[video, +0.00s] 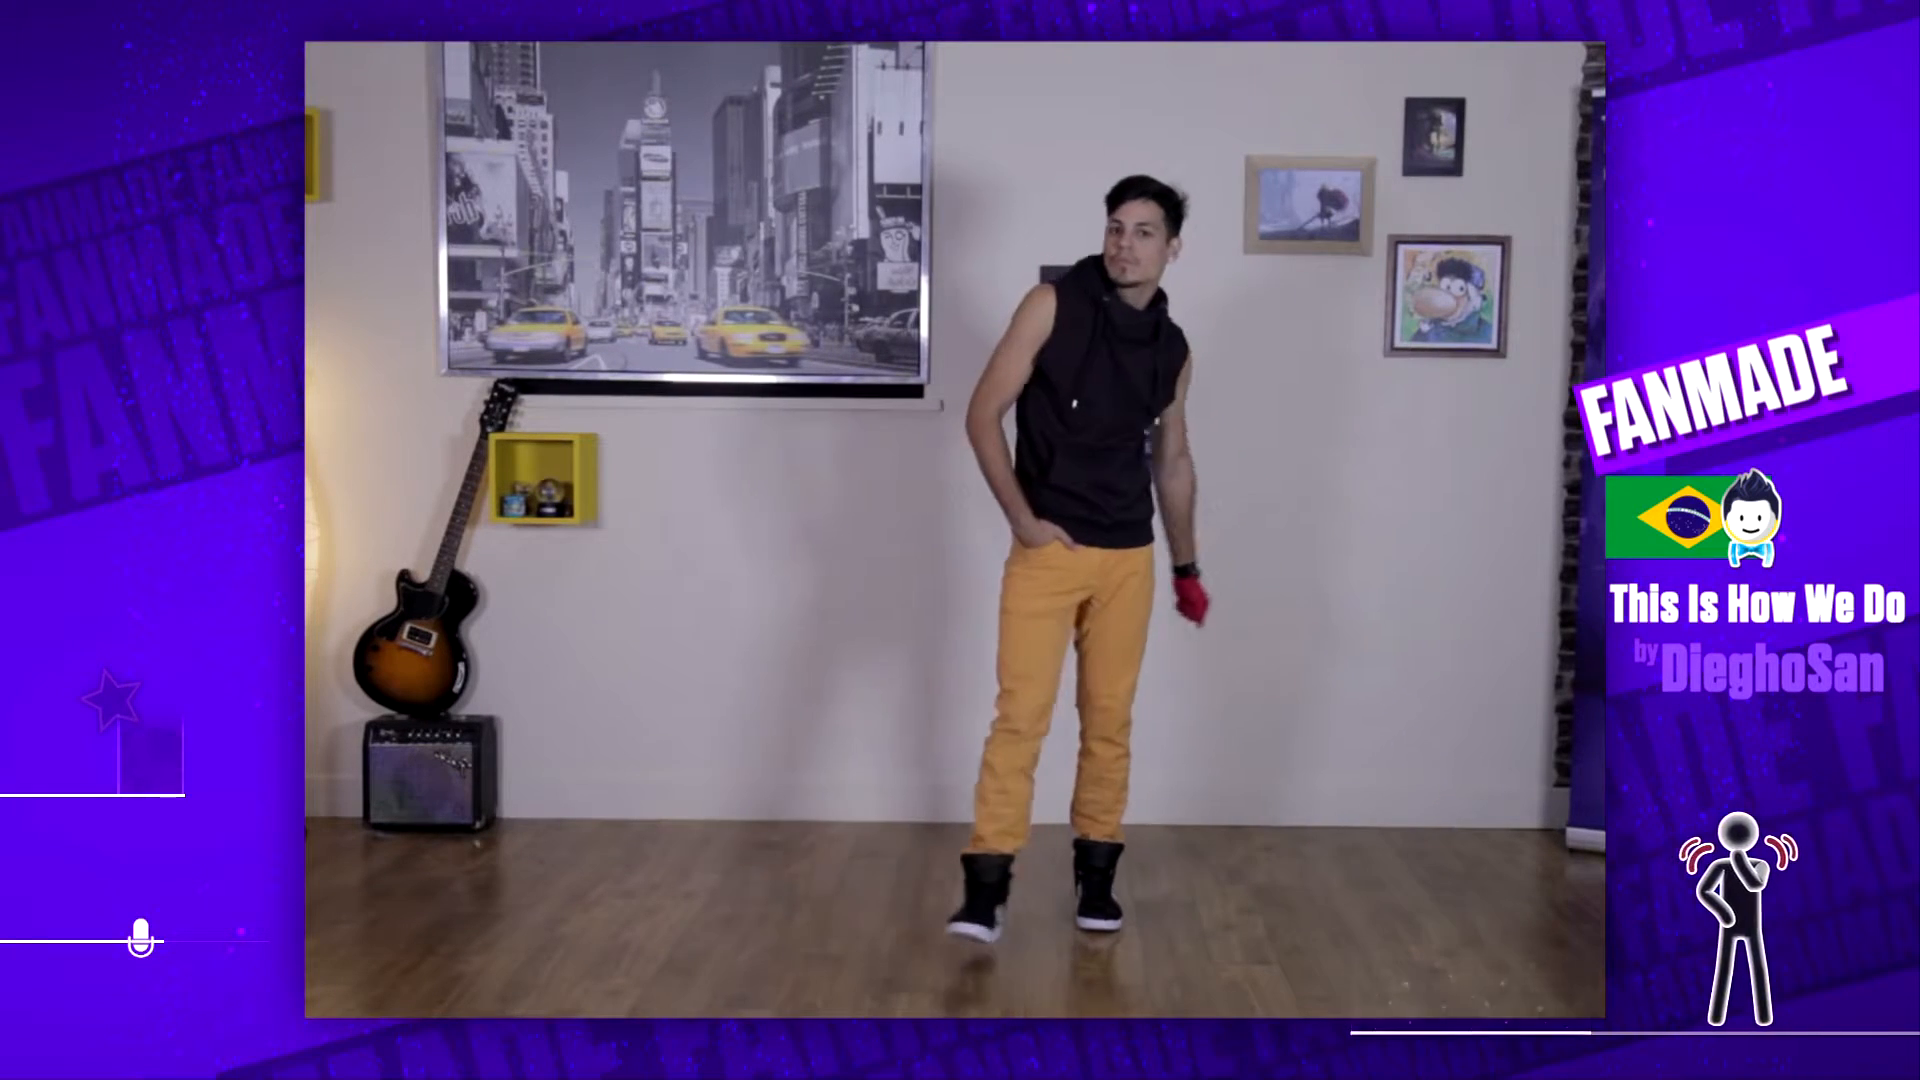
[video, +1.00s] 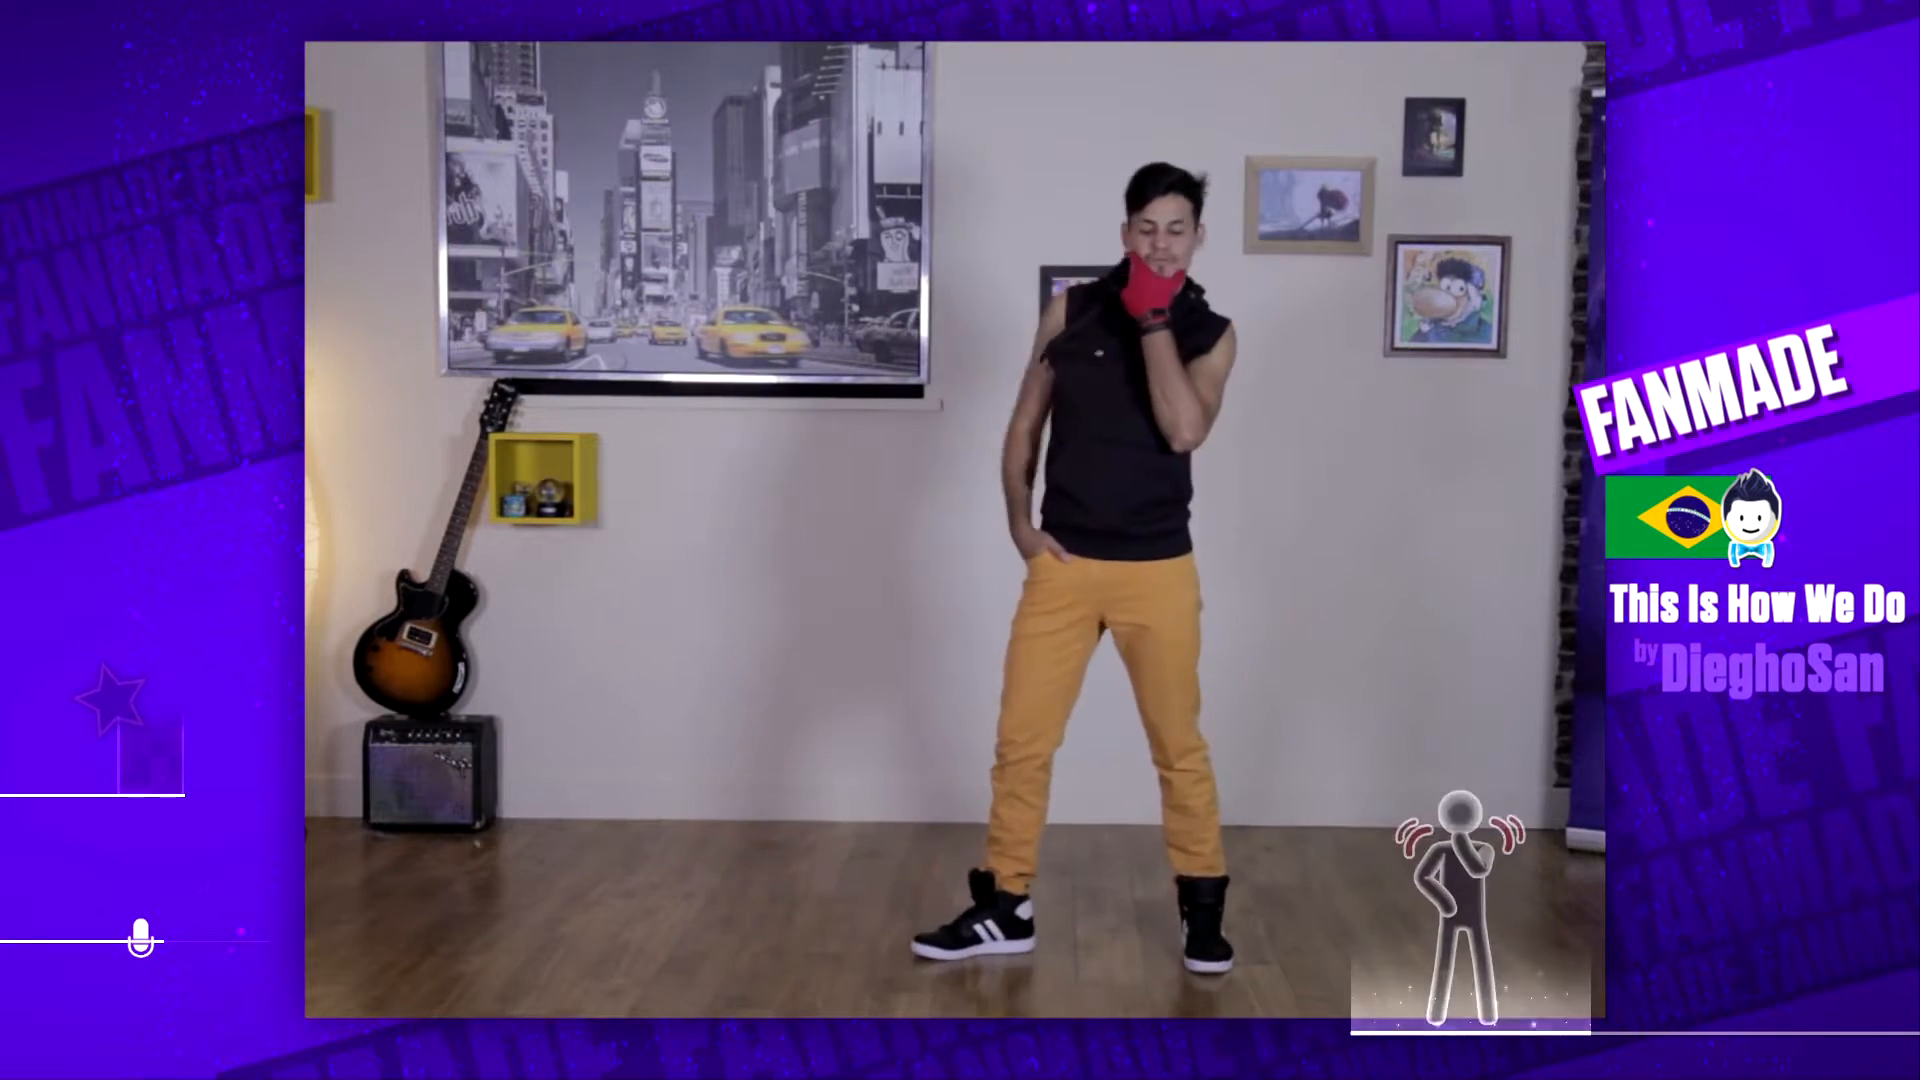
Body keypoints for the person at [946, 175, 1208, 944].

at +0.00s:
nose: (1125, 243)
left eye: (1143, 233)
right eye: (1116, 229)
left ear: (1171, 249)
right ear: (1103, 237)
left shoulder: (1169, 347)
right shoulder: (1053, 305)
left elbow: (1174, 460)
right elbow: (982, 415)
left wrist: (1187, 564)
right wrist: (1022, 522)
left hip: (1128, 562)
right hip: (1047, 552)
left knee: (1109, 723)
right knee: (1021, 718)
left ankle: (1096, 881)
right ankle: (986, 887)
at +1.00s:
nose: (1160, 244)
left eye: (1176, 230)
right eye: (1147, 229)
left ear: (1199, 239)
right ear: (1124, 232)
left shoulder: (1210, 333)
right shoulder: (1071, 313)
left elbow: (1184, 429)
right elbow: (1025, 428)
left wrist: (1153, 320)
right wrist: (1021, 523)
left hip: (1156, 573)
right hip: (1062, 565)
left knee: (1177, 747)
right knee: (1020, 744)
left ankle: (1202, 909)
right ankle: (1005, 908)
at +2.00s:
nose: (1002, 254)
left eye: (1015, 237)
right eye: (988, 243)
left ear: (1048, 232)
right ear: (978, 249)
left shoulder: (1103, 309)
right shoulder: (992, 335)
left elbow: (1078, 428)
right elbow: (974, 444)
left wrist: (1013, 340)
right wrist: (957, 515)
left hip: (1087, 565)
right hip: (995, 559)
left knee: (1132, 741)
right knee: (981, 739)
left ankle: (1179, 903)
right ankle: (969, 901)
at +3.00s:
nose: (1034, 242)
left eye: (1051, 229)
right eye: (1025, 228)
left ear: (1087, 238)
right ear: (1016, 233)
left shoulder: (1111, 332)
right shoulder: (974, 317)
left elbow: (1119, 453)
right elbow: (914, 440)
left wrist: (1068, 358)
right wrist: (960, 540)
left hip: (1092, 569)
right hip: (998, 568)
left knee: (1127, 742)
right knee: (981, 744)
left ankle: (1167, 905)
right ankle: (962, 903)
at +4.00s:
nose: (1096, 253)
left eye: (1114, 239)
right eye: (1090, 236)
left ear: (1158, 244)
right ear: (1085, 232)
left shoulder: (1175, 336)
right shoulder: (1041, 301)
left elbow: (1164, 450)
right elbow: (970, 422)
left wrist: (1111, 351)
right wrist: (998, 528)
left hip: (1134, 566)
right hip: (1038, 562)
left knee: (1157, 738)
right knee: (996, 738)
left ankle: (1185, 901)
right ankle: (969, 897)